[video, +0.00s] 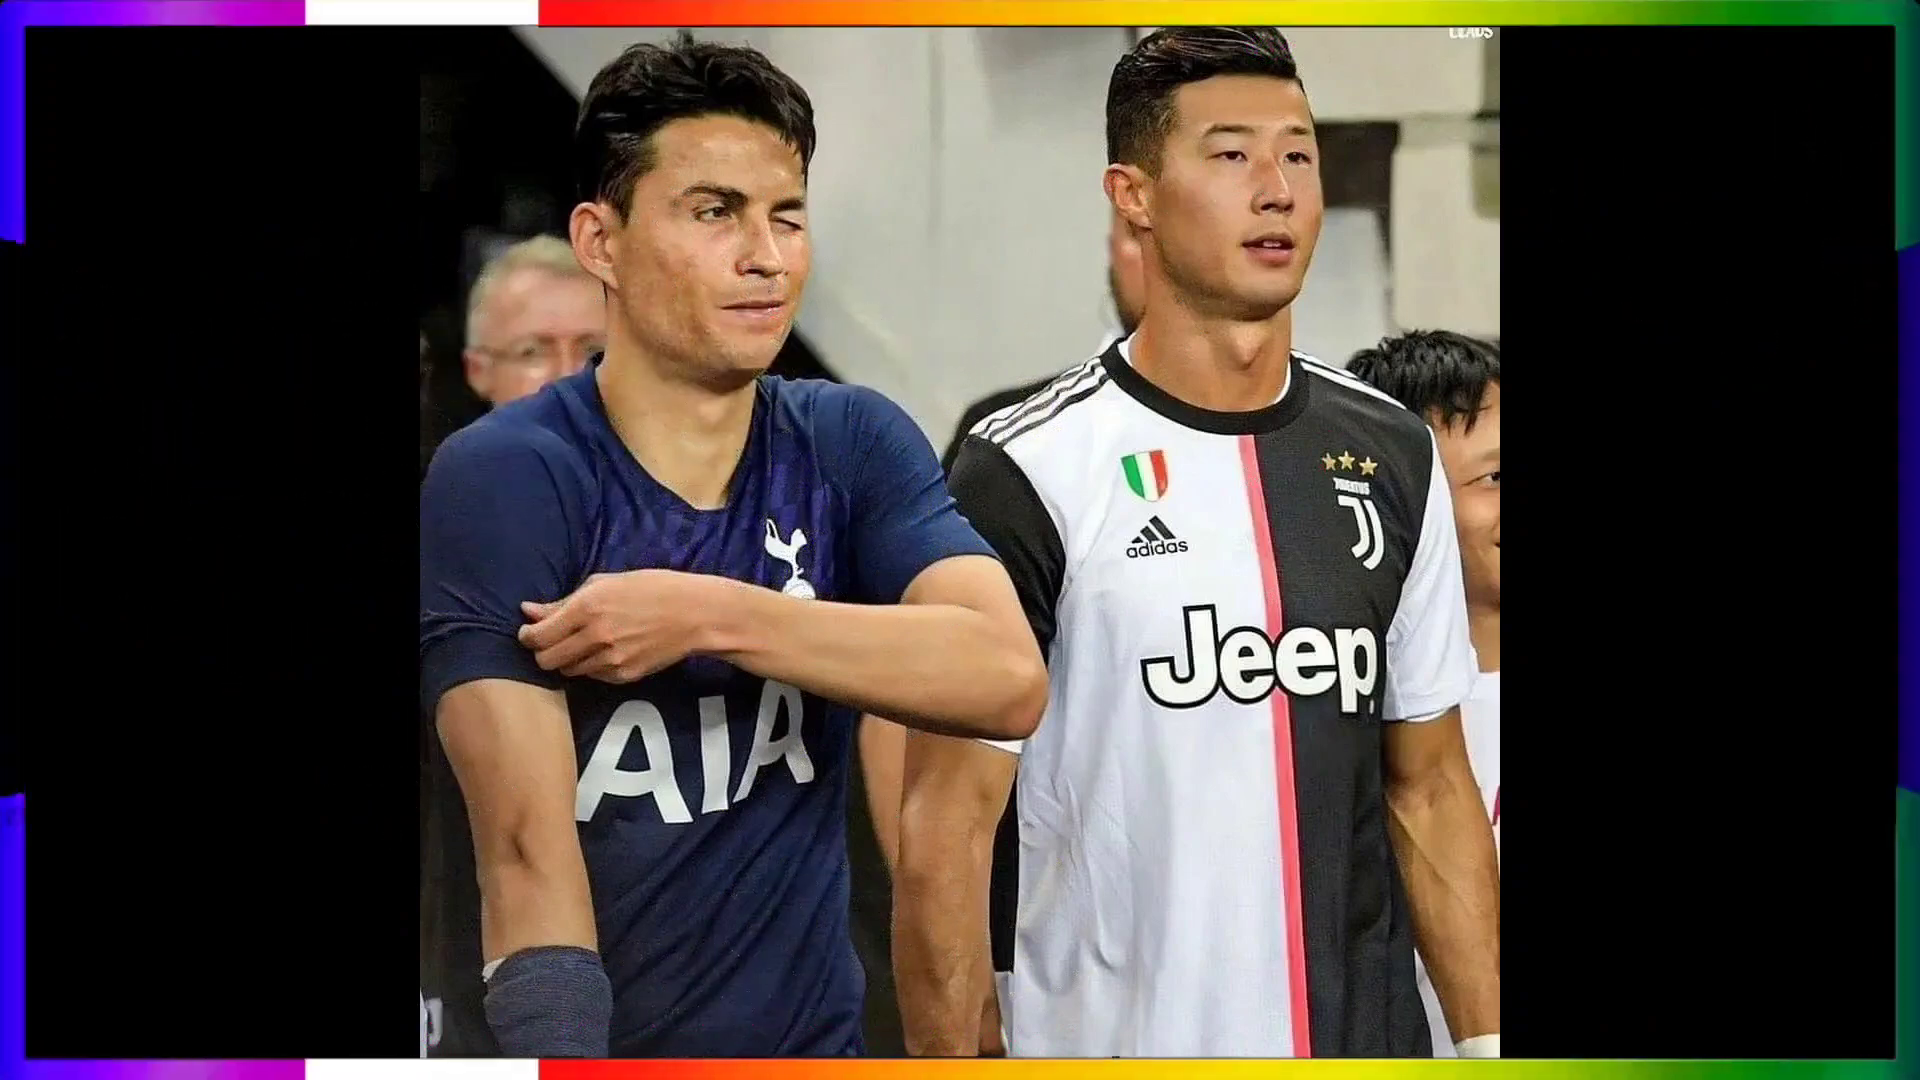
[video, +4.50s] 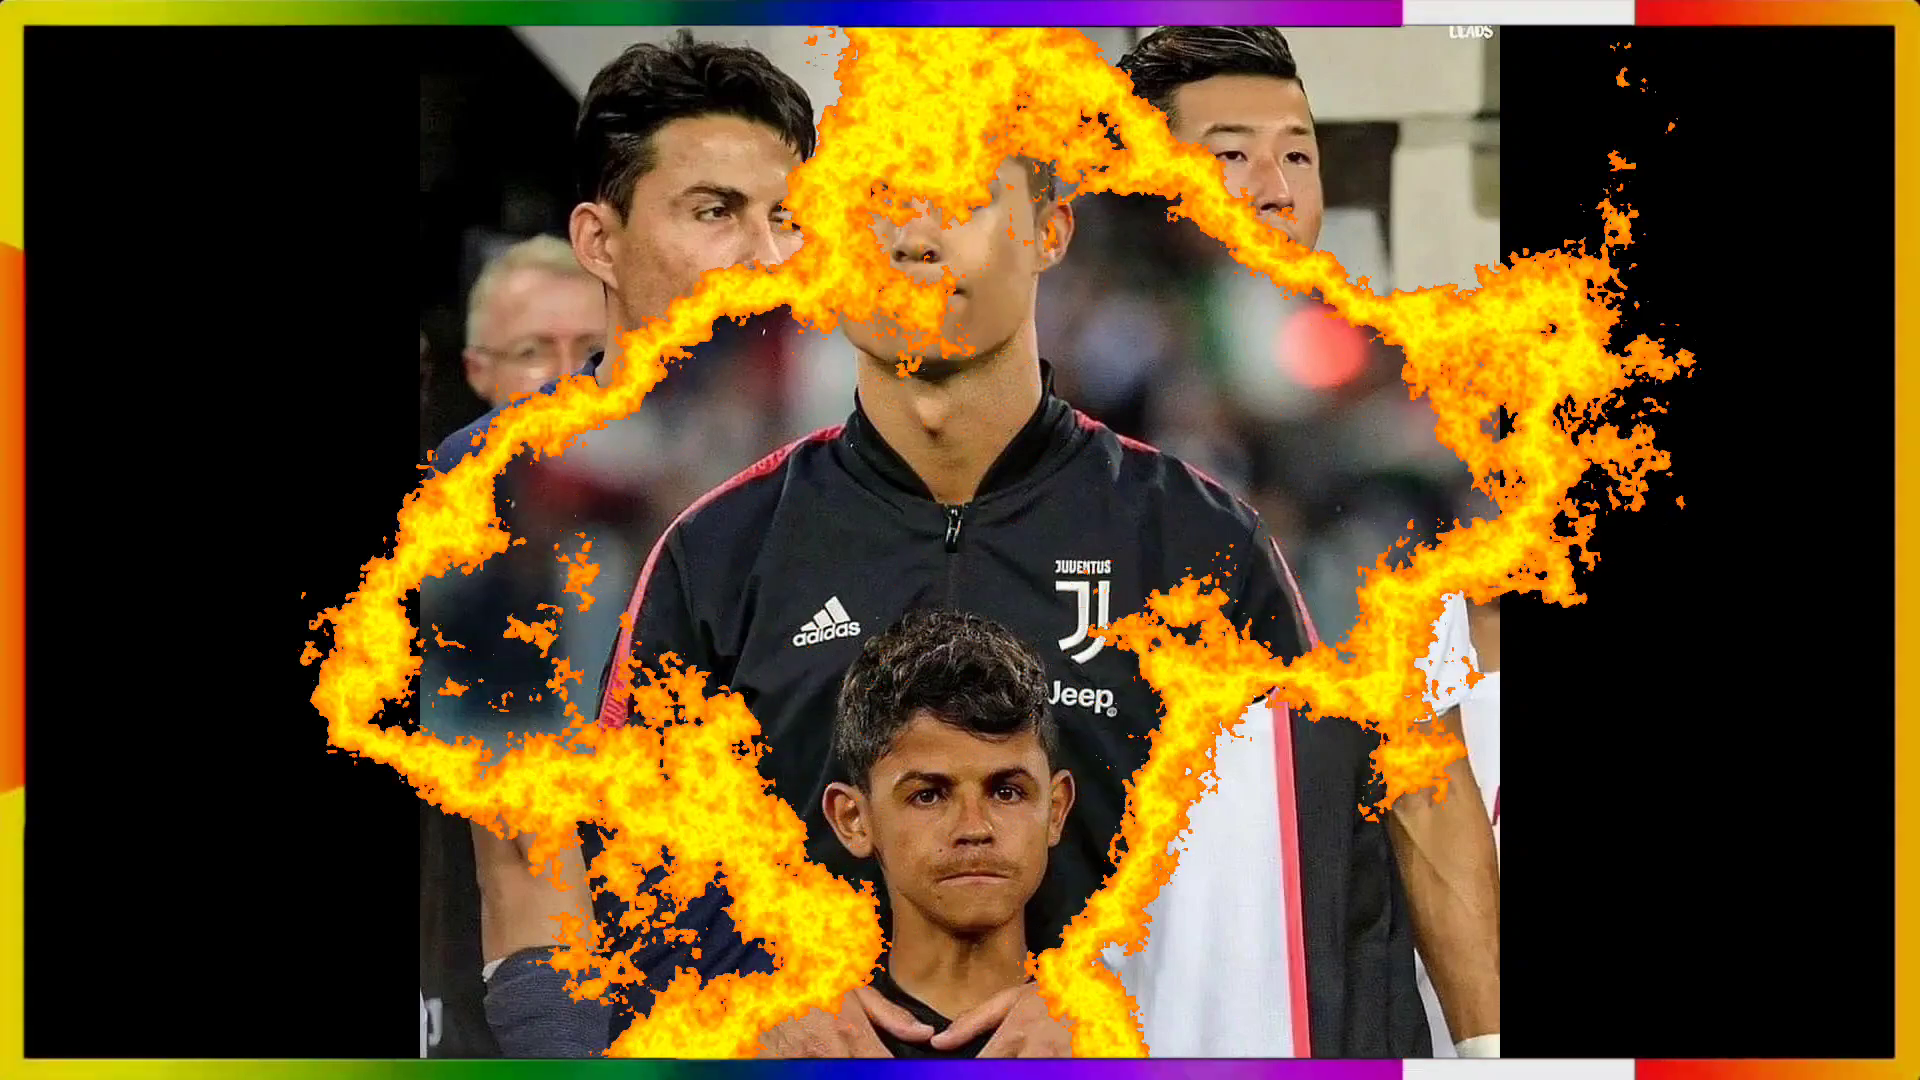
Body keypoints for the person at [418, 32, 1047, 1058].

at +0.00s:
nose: (765, 257)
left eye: (785, 217)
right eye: (712, 212)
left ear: (809, 236)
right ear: (601, 242)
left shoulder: (857, 439)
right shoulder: (500, 476)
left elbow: (1009, 680)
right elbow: (525, 850)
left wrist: (713, 613)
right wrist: (559, 1058)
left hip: (810, 1040)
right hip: (599, 1036)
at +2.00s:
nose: (765, 257)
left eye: (785, 217)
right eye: (712, 212)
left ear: (809, 235)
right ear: (601, 242)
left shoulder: (856, 439)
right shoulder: (500, 476)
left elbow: (1009, 681)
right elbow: (525, 851)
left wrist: (714, 613)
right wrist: (560, 1059)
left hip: (810, 1041)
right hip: (599, 1037)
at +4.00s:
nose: (766, 257)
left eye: (786, 218)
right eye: (712, 213)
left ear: (809, 237)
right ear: (601, 241)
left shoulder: (859, 437)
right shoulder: (500, 476)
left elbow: (1011, 679)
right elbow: (525, 852)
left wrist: (717, 615)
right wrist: (560, 1061)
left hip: (810, 1041)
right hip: (598, 1038)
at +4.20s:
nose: (767, 260)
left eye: (787, 219)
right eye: (715, 212)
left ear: (811, 236)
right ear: (600, 241)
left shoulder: (846, 453)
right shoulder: (497, 475)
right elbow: (524, 855)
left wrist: (708, 619)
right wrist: (560, 1060)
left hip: (813, 1037)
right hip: (602, 1037)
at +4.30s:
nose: (766, 259)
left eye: (788, 220)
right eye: (714, 212)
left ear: (811, 238)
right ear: (600, 241)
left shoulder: (857, 453)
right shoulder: (492, 477)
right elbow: (524, 845)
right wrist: (560, 1053)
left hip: (841, 1030)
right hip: (614, 1034)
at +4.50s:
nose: (766, 257)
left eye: (787, 218)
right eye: (714, 211)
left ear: (809, 234)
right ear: (598, 239)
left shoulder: (830, 461)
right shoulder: (497, 478)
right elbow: (527, 856)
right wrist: (571, 1047)